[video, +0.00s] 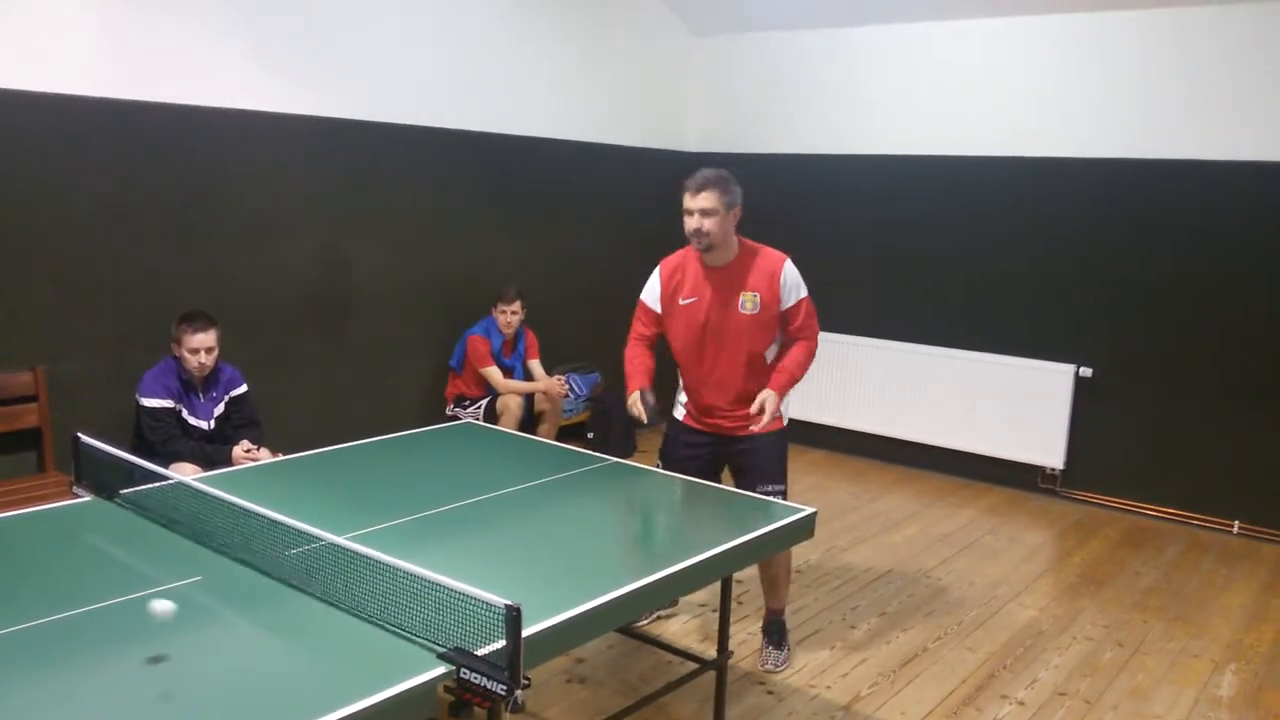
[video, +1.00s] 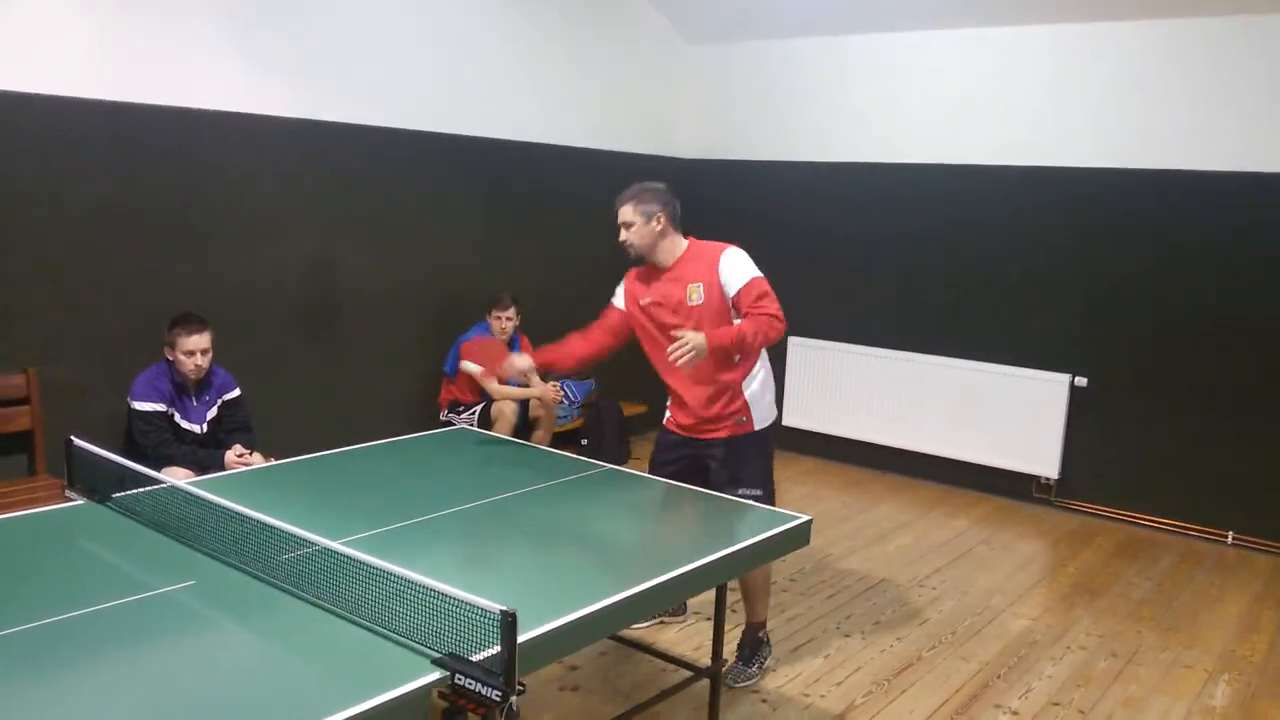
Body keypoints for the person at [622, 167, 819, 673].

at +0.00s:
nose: (696, 224)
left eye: (707, 214)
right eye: (689, 213)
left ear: (735, 214)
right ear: (682, 215)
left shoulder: (775, 270)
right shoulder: (669, 272)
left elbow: (804, 336)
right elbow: (641, 336)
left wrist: (776, 388)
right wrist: (637, 384)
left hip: (757, 424)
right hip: (693, 418)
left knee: (770, 524)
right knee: (666, 509)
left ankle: (774, 625)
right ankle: (661, 588)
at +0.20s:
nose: (705, 202)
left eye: (717, 194)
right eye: (700, 192)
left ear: (744, 199)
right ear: (693, 196)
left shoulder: (777, 262)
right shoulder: (674, 257)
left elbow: (808, 338)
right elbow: (665, 323)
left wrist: (802, 415)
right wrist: (663, 370)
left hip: (752, 432)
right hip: (684, 423)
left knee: (768, 531)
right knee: (645, 505)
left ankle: (775, 623)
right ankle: (637, 596)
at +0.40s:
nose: (691, 190)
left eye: (703, 183)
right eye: (687, 182)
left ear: (730, 191)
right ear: (680, 188)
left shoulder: (759, 255)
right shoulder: (663, 249)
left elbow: (795, 332)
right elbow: (650, 319)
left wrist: (818, 406)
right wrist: (645, 358)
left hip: (733, 425)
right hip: (665, 417)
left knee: (753, 527)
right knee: (646, 516)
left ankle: (773, 622)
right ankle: (640, 611)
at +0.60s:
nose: (652, 237)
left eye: (661, 227)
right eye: (648, 228)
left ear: (694, 226)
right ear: (649, 229)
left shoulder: (740, 277)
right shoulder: (653, 280)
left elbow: (772, 351)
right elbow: (650, 344)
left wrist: (705, 371)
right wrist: (642, 380)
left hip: (740, 431)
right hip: (684, 426)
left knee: (744, 533)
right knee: (665, 516)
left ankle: (751, 641)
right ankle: (666, 599)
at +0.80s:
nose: (627, 252)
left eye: (634, 241)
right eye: (624, 243)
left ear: (667, 237)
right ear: (652, 243)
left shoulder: (719, 278)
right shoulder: (657, 295)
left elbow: (763, 337)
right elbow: (663, 361)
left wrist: (694, 365)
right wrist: (615, 403)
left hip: (739, 437)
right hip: (687, 430)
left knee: (731, 538)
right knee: (654, 512)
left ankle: (751, 642)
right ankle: (667, 599)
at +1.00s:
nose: (620, 236)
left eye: (627, 226)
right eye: (619, 227)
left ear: (659, 222)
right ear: (645, 226)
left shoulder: (724, 261)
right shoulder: (634, 285)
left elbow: (771, 321)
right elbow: (599, 338)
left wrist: (711, 339)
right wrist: (536, 360)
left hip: (742, 420)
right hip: (682, 418)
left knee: (747, 530)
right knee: (662, 512)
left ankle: (755, 638)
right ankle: (674, 594)